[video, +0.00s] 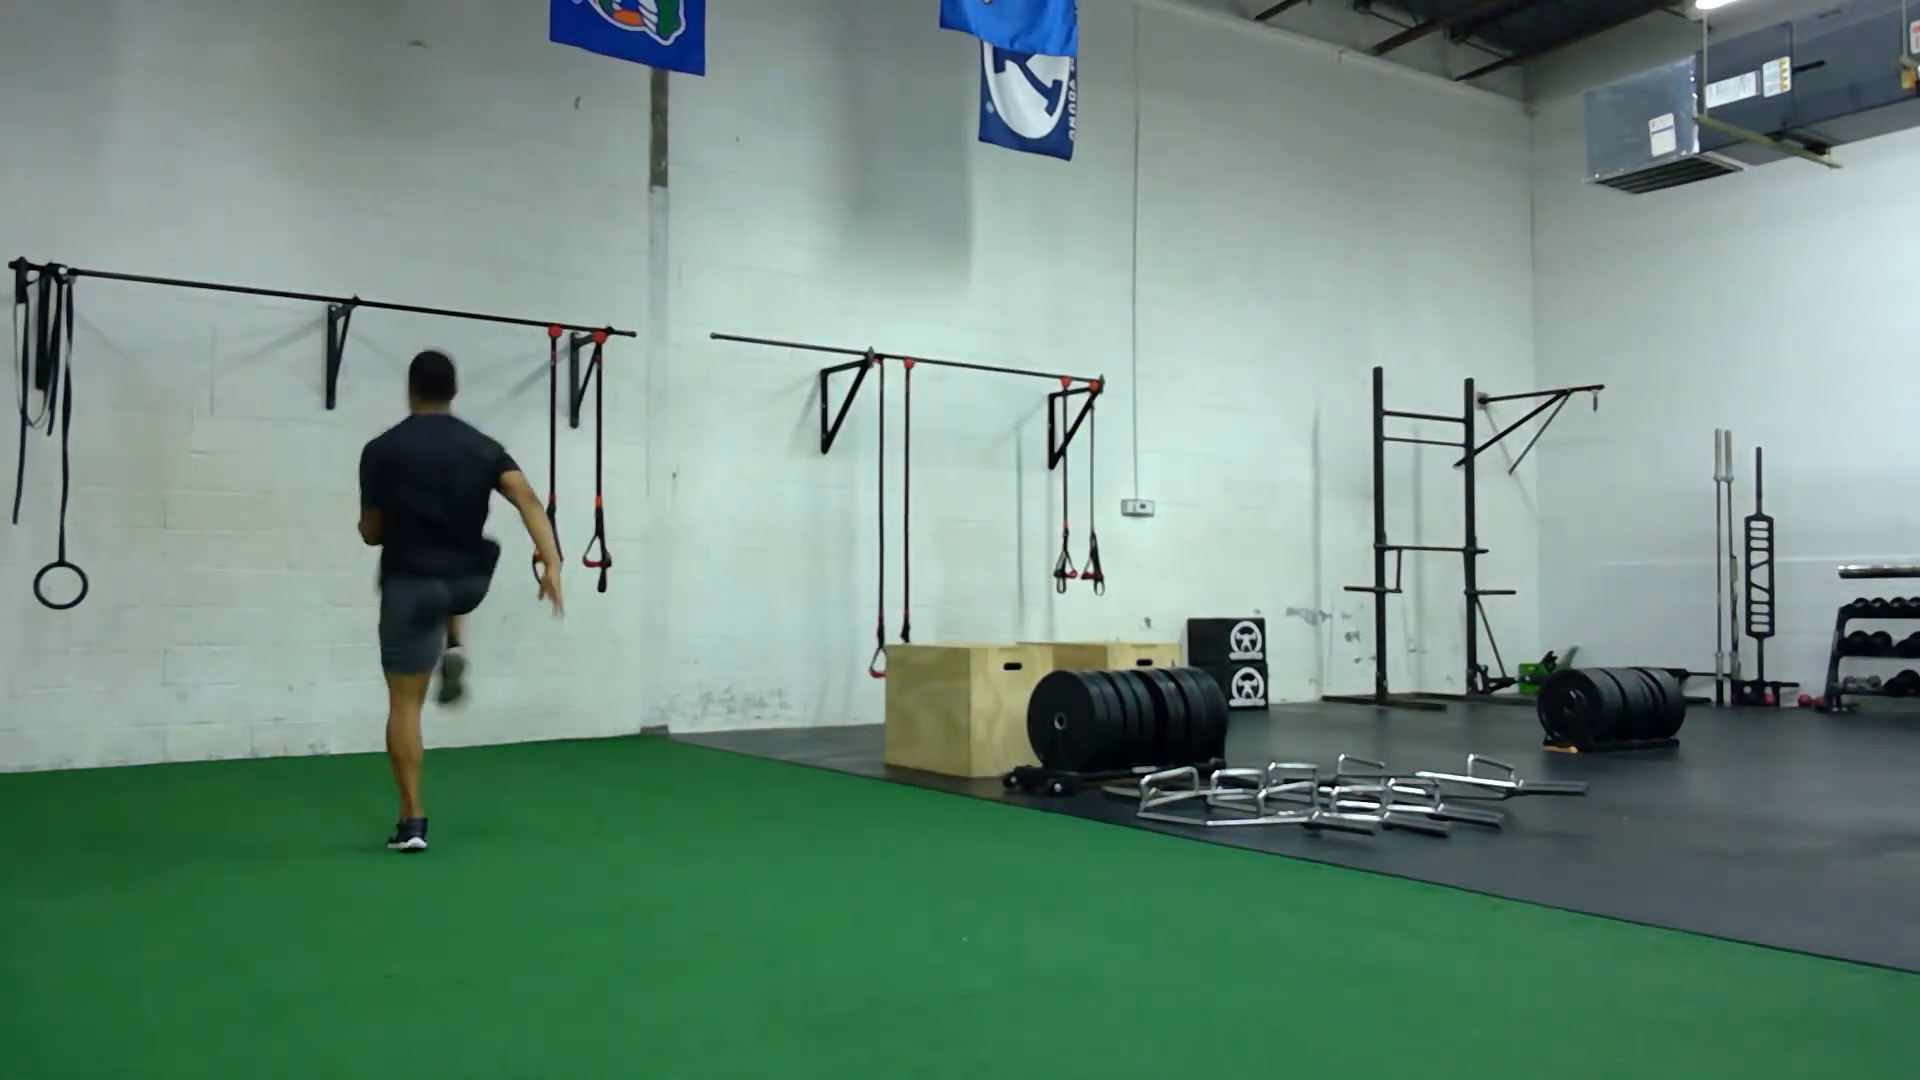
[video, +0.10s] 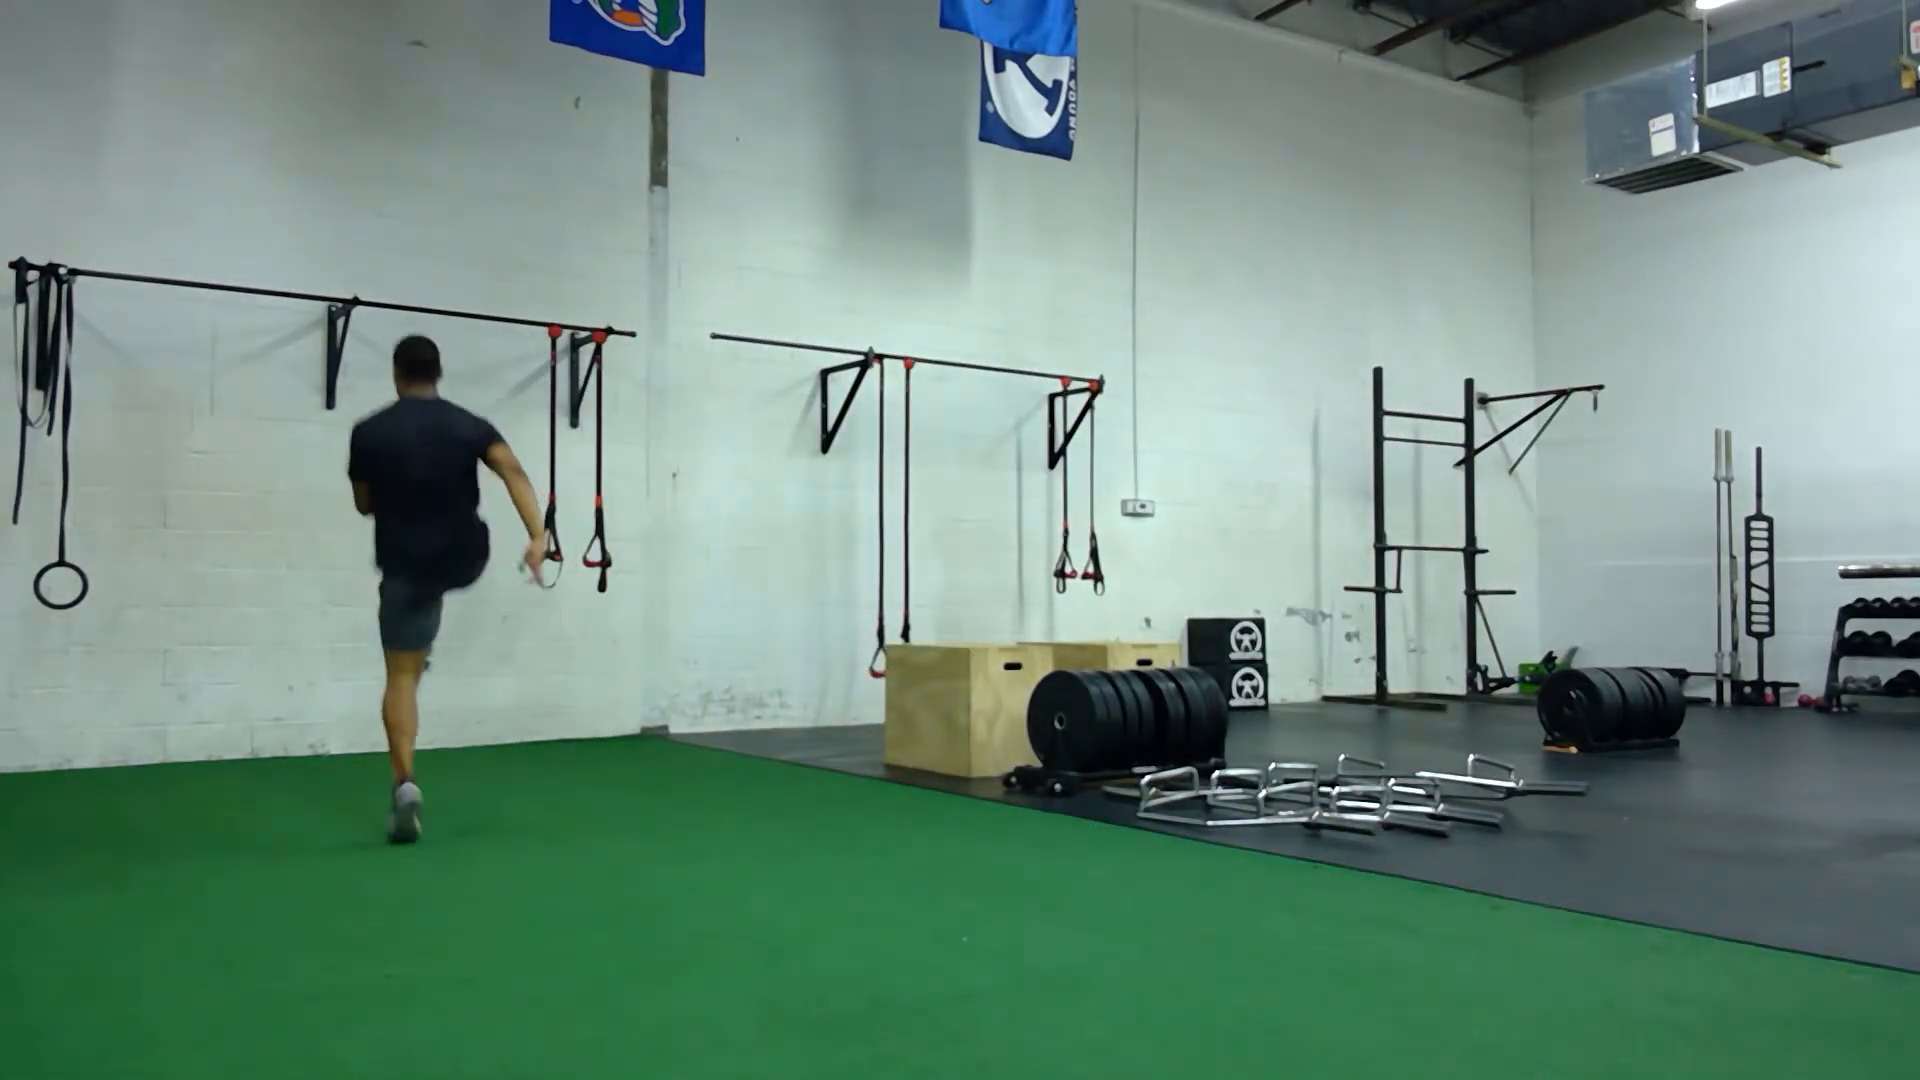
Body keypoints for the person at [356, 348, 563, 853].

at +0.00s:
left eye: (415, 387)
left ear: (409, 390)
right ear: (453, 392)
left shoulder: (381, 451)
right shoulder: (479, 445)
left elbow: (371, 532)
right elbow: (524, 497)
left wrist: (413, 515)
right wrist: (551, 559)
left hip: (410, 590)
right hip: (469, 581)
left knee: (405, 702)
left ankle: (412, 820)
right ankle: (455, 653)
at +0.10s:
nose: (409, 379)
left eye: (400, 372)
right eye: (421, 370)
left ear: (395, 375)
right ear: (438, 374)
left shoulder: (369, 432)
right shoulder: (465, 423)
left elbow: (364, 503)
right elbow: (511, 470)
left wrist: (404, 484)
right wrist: (538, 534)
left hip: (404, 568)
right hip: (464, 560)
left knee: (401, 676)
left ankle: (404, 783)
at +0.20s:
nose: (400, 372)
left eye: (392, 364)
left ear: (388, 367)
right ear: (430, 367)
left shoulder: (362, 424)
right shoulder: (460, 417)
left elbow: (352, 495)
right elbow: (499, 467)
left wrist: (386, 464)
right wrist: (525, 531)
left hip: (399, 561)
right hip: (458, 553)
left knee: (396, 662)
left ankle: (398, 774)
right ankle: (413, 642)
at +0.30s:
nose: (397, 394)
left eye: (386, 387)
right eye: (407, 385)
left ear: (380, 390)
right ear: (421, 389)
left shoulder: (356, 446)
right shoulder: (449, 440)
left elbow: (347, 516)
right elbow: (490, 492)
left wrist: (379, 486)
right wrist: (511, 556)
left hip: (389, 577)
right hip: (447, 570)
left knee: (389, 684)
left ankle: (398, 791)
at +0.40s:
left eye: (379, 396)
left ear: (374, 401)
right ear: (414, 400)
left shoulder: (351, 457)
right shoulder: (442, 451)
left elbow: (343, 527)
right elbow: (478, 507)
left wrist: (377, 500)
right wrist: (491, 572)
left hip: (383, 581)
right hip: (439, 575)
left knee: (389, 686)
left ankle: (400, 791)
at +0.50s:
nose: (383, 402)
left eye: (374, 394)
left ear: (369, 398)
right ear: (409, 398)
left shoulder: (346, 448)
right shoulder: (438, 442)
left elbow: (338, 520)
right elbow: (468, 492)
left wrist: (366, 489)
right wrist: (477, 559)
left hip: (382, 570)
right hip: (435, 563)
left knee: (379, 670)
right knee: (406, 603)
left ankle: (400, 759)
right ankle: (393, 655)